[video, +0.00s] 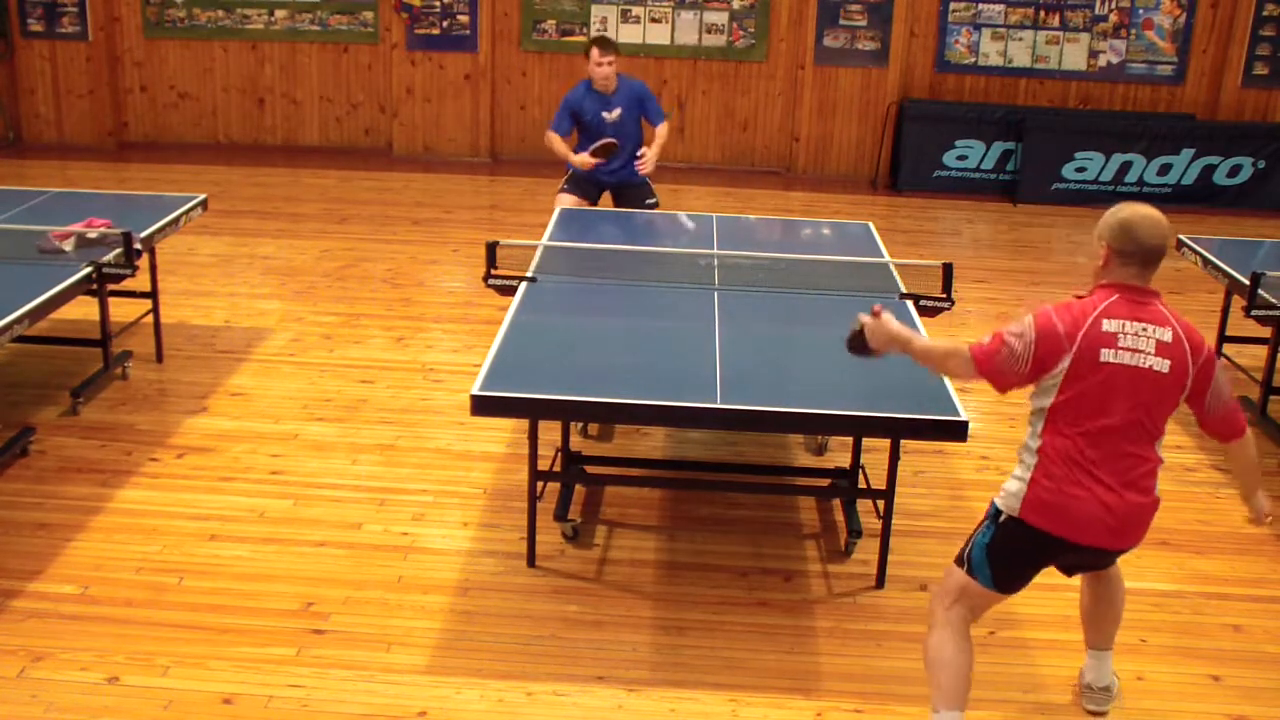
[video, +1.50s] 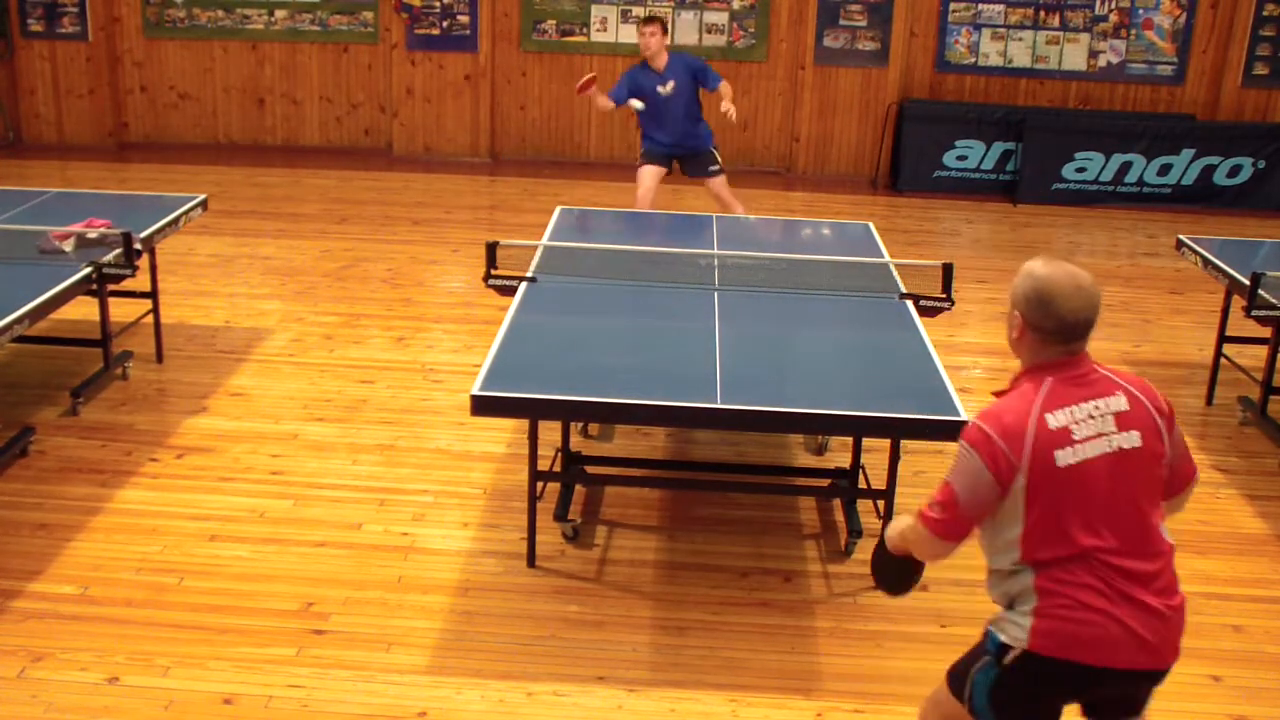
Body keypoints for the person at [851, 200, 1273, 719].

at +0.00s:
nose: (1091, 250)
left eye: (1095, 242)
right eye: (1098, 240)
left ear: (1103, 253)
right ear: (1160, 262)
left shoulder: (1069, 320)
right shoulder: (1187, 341)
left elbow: (973, 362)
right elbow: (1234, 431)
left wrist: (901, 340)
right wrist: (1255, 497)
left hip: (1042, 508)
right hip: (1124, 518)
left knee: (952, 606)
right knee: (1099, 561)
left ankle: (946, 714)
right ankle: (1099, 679)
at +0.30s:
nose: (1014, 240)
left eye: (1017, 232)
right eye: (1016, 230)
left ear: (1027, 246)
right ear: (1085, 248)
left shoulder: (1013, 331)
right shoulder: (1127, 319)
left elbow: (952, 433)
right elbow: (1153, 393)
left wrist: (901, 433)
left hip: (1046, 530)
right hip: (1128, 526)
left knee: (949, 649)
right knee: (1094, 611)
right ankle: (1142, 716)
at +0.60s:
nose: (948, 308)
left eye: (952, 300)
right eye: (950, 298)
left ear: (975, 314)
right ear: (1024, 302)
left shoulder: (1013, 400)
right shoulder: (1055, 340)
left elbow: (998, 511)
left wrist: (895, 531)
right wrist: (993, 372)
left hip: (1059, 574)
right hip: (1114, 546)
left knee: (917, 664)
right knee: (1108, 649)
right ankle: (1154, 719)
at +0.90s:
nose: (935, 292)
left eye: (940, 285)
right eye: (937, 282)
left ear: (956, 306)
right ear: (1017, 306)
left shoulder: (914, 378)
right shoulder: (1062, 385)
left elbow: (885, 330)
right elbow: (1098, 458)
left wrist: (923, 286)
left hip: (972, 618)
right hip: (1066, 606)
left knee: (862, 687)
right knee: (1053, 658)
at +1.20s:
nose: (969, 310)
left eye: (972, 302)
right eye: (975, 298)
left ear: (980, 320)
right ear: (1052, 320)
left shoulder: (952, 416)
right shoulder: (1109, 401)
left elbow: (899, 508)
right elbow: (1152, 501)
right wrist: (1123, 560)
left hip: (980, 647)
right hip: (1084, 657)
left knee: (901, 693)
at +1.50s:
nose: (1008, 322)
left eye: (1009, 313)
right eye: (1011, 310)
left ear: (1018, 327)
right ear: (1088, 325)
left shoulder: (1004, 423)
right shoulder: (1142, 396)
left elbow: (934, 540)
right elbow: (1178, 489)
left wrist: (900, 534)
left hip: (1052, 644)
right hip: (1149, 642)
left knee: (939, 712)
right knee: (1118, 712)